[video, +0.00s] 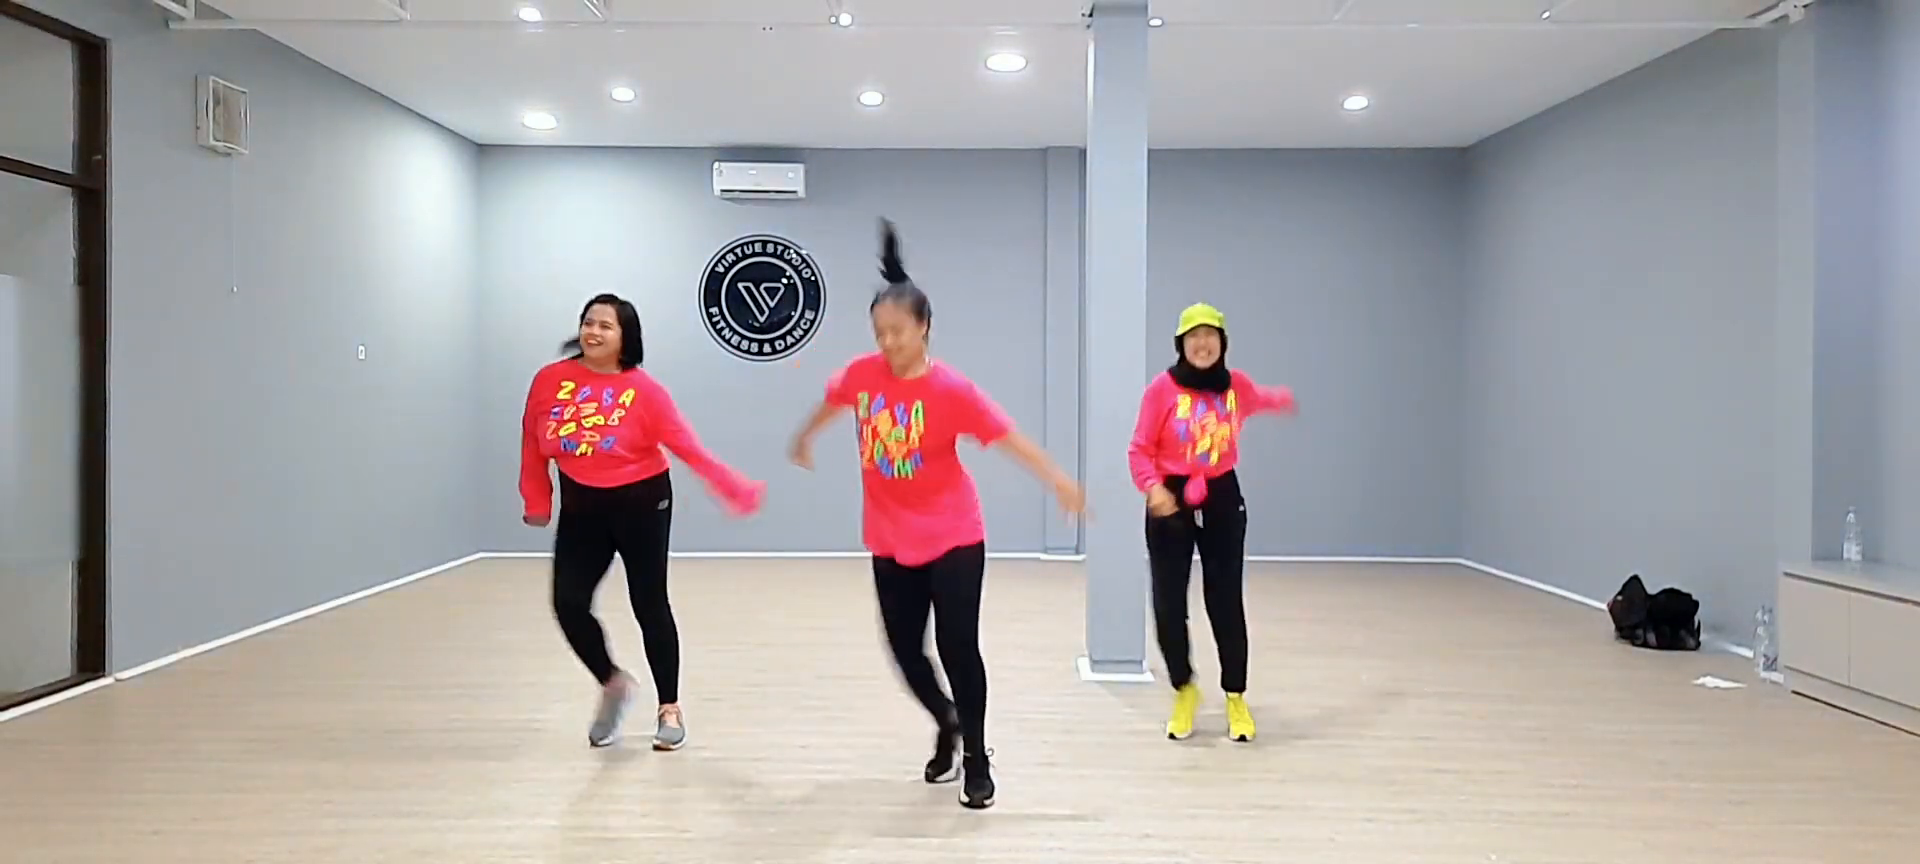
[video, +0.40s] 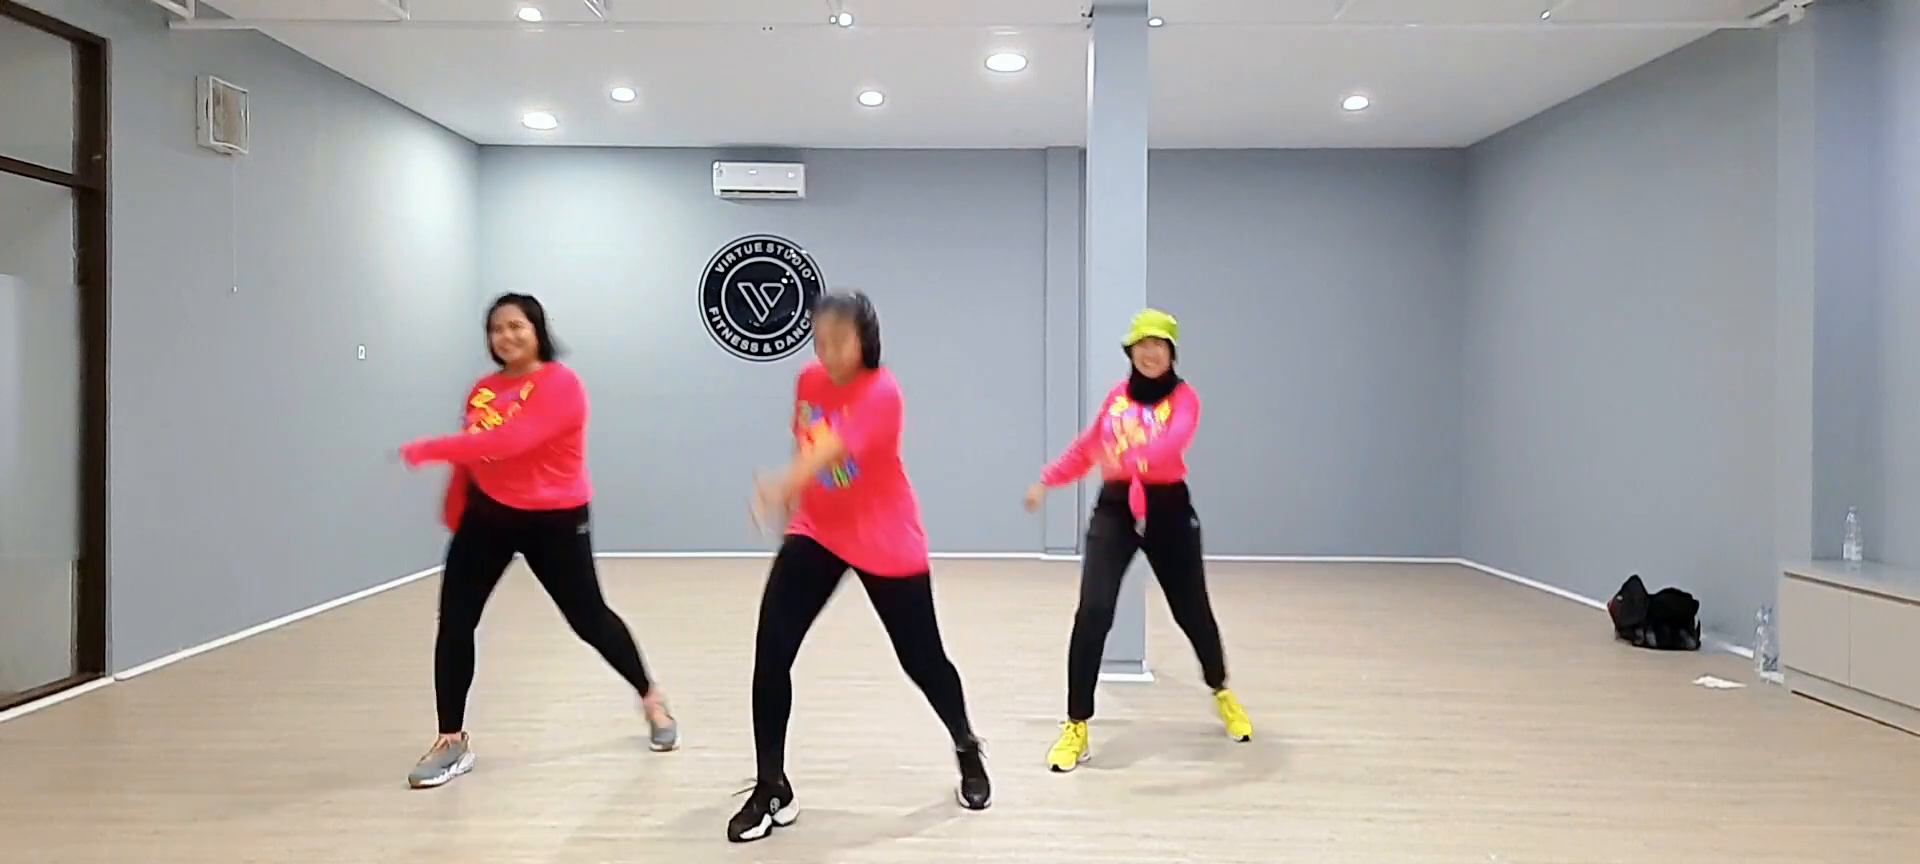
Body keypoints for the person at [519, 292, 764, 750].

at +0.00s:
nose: (593, 331)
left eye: (604, 326)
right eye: (588, 323)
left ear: (625, 337)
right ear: (579, 330)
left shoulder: (643, 390)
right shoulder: (551, 380)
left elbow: (688, 447)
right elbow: (533, 442)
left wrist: (739, 489)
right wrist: (536, 498)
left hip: (642, 501)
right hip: (583, 503)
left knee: (650, 603)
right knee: (568, 604)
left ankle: (669, 708)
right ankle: (613, 683)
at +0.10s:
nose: (579, 323)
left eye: (590, 317)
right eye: (574, 316)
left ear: (612, 327)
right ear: (566, 322)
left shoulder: (634, 382)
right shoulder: (541, 376)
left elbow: (650, 456)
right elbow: (534, 447)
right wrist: (539, 504)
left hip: (626, 501)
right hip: (568, 503)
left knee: (642, 601)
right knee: (537, 587)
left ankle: (667, 707)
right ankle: (565, 691)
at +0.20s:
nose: (557, 327)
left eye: (568, 319)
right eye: (550, 321)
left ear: (592, 326)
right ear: (544, 331)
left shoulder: (616, 379)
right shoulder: (529, 379)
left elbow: (591, 450)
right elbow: (522, 451)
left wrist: (547, 509)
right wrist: (529, 503)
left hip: (612, 497)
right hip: (551, 499)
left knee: (631, 608)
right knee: (512, 605)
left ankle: (667, 709)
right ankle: (490, 725)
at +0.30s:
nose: (532, 340)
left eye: (542, 331)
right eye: (525, 335)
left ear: (568, 334)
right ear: (520, 345)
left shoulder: (590, 390)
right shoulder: (514, 390)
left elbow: (543, 446)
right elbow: (506, 449)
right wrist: (499, 497)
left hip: (588, 518)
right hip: (525, 515)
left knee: (615, 622)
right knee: (482, 622)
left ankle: (666, 705)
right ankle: (454, 738)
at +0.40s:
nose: (507, 336)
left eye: (517, 326)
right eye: (498, 329)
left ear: (539, 332)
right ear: (489, 339)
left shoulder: (562, 385)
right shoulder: (484, 389)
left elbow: (512, 441)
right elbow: (468, 457)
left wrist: (430, 449)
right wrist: (455, 513)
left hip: (553, 519)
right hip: (488, 517)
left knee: (588, 618)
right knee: (455, 621)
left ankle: (650, 697)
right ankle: (451, 738)